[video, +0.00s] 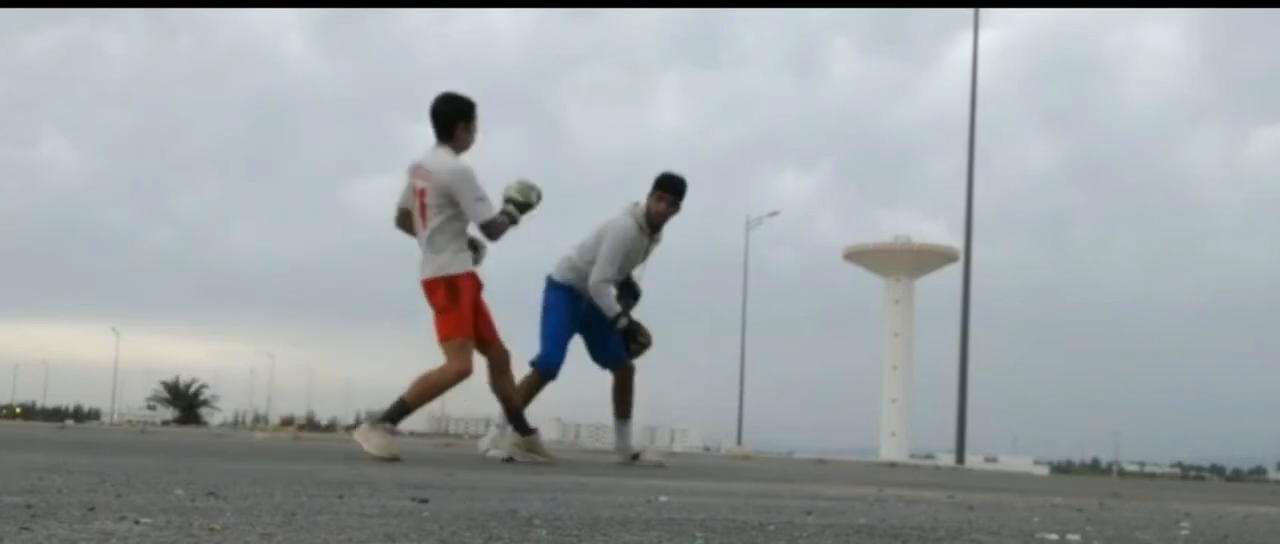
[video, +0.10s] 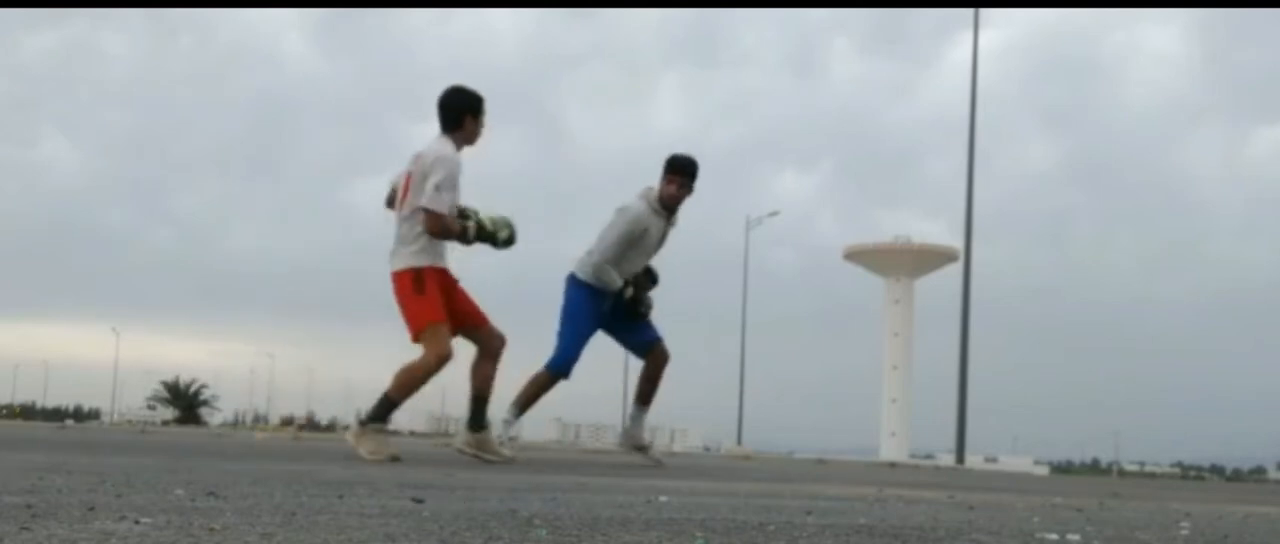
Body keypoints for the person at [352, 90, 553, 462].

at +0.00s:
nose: (475, 134)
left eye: (474, 126)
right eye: (472, 126)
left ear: (440, 128)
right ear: (459, 128)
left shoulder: (422, 167)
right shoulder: (456, 170)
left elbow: (403, 219)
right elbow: (492, 229)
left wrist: (457, 240)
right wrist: (516, 209)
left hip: (454, 276)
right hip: (449, 277)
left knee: (497, 355)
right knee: (459, 366)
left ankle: (525, 433)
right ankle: (379, 426)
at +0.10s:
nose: (482, 128)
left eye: (481, 120)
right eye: (479, 120)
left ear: (449, 120)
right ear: (465, 121)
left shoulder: (427, 157)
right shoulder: (444, 160)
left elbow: (395, 200)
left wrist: (457, 215)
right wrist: (472, 231)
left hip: (432, 271)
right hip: (415, 271)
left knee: (492, 341)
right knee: (438, 350)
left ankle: (477, 432)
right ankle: (370, 426)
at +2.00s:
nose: (615, 118)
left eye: (616, 110)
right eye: (613, 109)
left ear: (592, 107)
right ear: (597, 106)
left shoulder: (585, 153)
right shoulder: (564, 144)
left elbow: (577, 220)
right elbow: (559, 212)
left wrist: (607, 265)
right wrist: (611, 235)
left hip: (587, 272)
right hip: (558, 268)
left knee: (629, 353)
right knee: (556, 360)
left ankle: (616, 450)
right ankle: (480, 433)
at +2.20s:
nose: (633, 124)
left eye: (635, 116)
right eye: (631, 115)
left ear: (609, 113)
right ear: (616, 112)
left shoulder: (605, 157)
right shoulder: (585, 146)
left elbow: (594, 221)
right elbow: (587, 214)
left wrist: (627, 268)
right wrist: (623, 255)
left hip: (600, 276)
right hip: (570, 271)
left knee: (644, 355)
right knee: (581, 353)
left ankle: (620, 447)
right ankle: (514, 432)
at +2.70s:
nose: (635, 113)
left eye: (635, 104)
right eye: (634, 104)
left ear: (600, 100)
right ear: (625, 101)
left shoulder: (583, 137)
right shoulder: (598, 135)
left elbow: (573, 201)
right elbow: (582, 196)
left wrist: (604, 256)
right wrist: (608, 248)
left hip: (579, 263)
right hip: (570, 261)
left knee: (623, 350)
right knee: (579, 352)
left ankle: (589, 444)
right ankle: (517, 440)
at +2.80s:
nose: (638, 99)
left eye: (638, 91)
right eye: (638, 90)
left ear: (601, 85)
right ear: (630, 87)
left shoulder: (588, 118)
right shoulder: (606, 117)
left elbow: (575, 182)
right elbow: (590, 175)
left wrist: (608, 232)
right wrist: (617, 225)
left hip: (581, 244)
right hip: (576, 243)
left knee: (626, 336)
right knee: (583, 339)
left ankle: (600, 430)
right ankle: (526, 433)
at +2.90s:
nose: (639, 97)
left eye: (639, 90)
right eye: (640, 89)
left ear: (603, 85)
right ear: (634, 87)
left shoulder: (587, 120)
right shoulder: (613, 114)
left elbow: (559, 189)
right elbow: (599, 170)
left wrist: (577, 232)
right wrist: (623, 214)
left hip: (585, 243)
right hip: (588, 243)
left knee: (626, 337)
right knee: (588, 337)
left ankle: (601, 432)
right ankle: (534, 434)